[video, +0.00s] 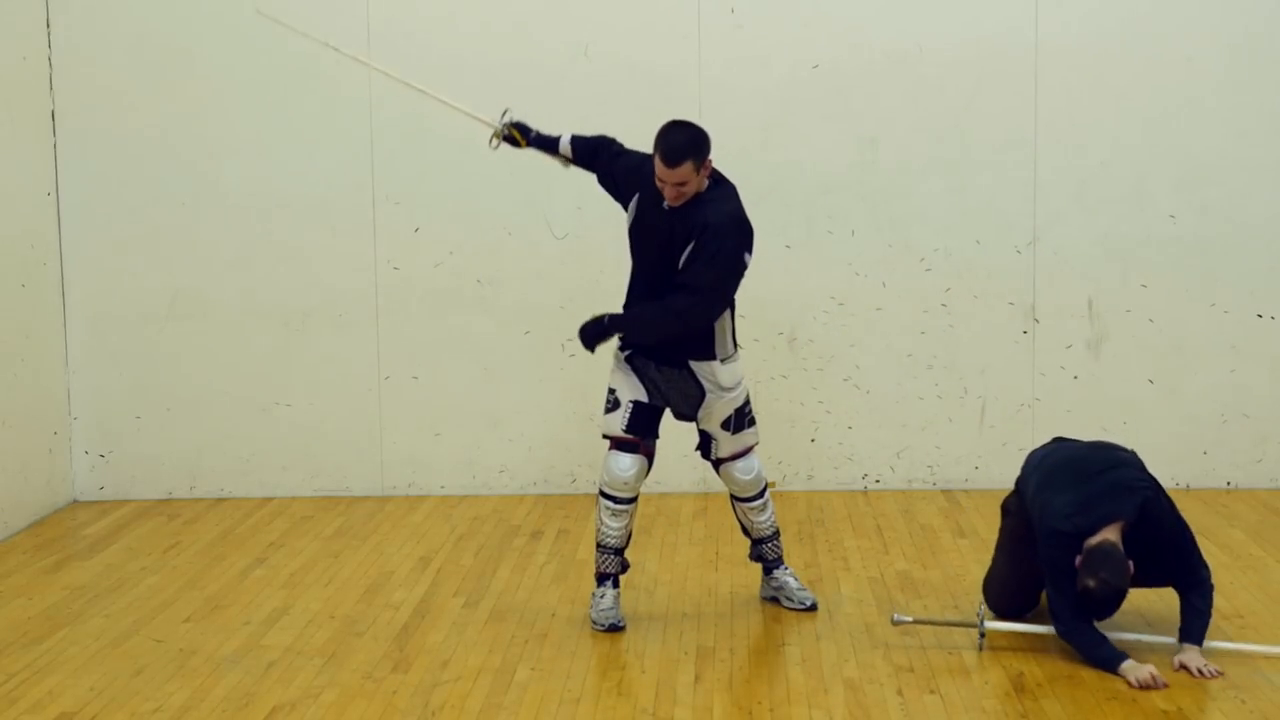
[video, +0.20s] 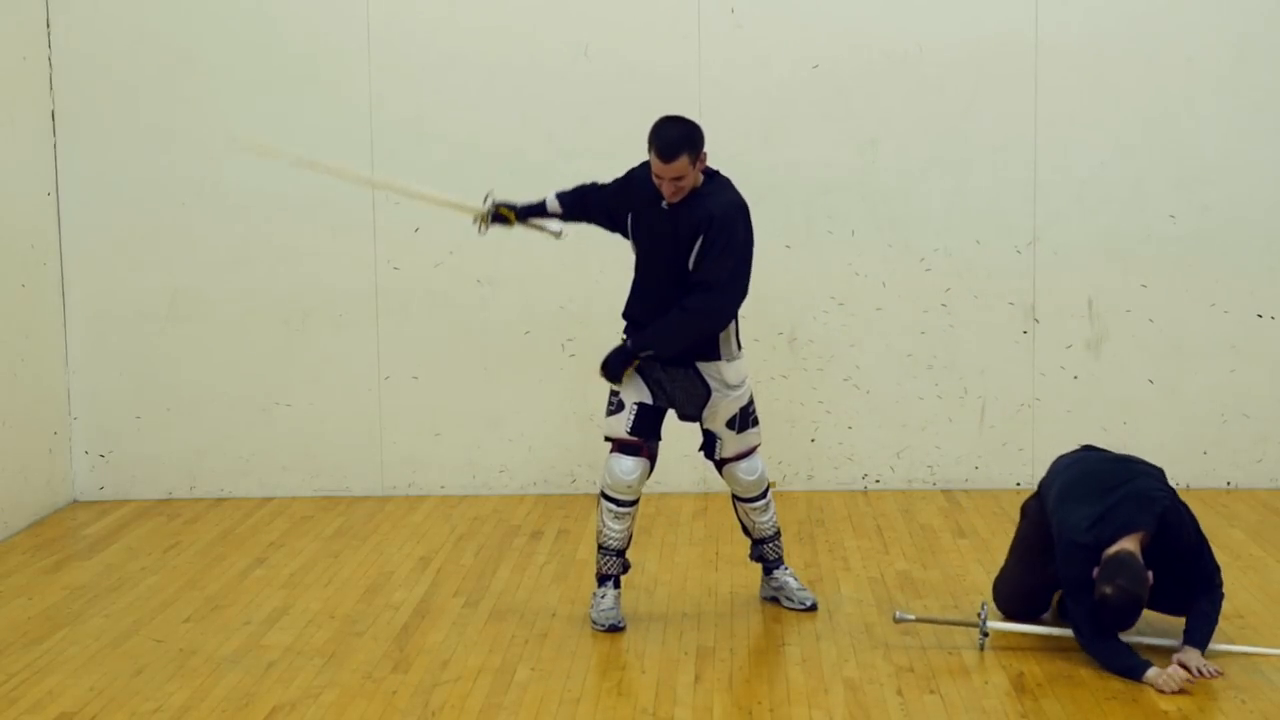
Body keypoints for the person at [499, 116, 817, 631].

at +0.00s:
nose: (669, 192)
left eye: (681, 184)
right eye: (662, 181)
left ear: (705, 169)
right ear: (654, 165)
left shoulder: (727, 222)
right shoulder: (640, 176)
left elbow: (698, 306)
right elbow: (598, 153)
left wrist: (620, 324)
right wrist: (535, 138)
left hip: (710, 359)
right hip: (642, 354)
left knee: (744, 471)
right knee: (622, 470)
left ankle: (775, 571)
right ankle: (607, 586)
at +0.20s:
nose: (667, 188)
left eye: (678, 178)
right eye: (659, 177)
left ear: (701, 162)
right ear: (648, 162)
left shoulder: (726, 210)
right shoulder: (639, 188)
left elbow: (718, 300)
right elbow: (588, 202)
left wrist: (638, 346)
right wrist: (522, 211)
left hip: (712, 352)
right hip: (645, 350)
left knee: (745, 469)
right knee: (625, 470)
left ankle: (775, 572)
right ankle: (608, 586)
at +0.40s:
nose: (658, 195)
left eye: (669, 186)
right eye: (649, 184)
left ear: (689, 169)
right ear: (638, 168)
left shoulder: (717, 209)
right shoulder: (626, 197)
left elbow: (737, 301)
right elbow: (585, 250)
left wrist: (685, 372)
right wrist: (521, 297)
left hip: (713, 357)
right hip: (643, 358)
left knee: (746, 469)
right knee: (618, 472)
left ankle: (775, 572)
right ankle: (623, 588)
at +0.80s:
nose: (574, 176)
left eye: (584, 166)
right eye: (565, 166)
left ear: (608, 149)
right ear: (556, 156)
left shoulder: (648, 184)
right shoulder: (551, 208)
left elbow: (715, 243)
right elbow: (542, 296)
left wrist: (754, 310)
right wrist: (537, 372)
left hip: (664, 357)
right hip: (591, 363)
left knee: (701, 471)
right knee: (604, 480)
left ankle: (736, 568)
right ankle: (620, 588)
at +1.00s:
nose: (547, 165)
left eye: (556, 154)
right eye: (539, 155)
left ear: (584, 139)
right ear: (533, 147)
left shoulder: (630, 177)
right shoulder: (531, 201)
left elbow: (691, 235)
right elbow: (522, 289)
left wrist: (728, 302)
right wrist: (528, 364)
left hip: (634, 351)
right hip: (567, 357)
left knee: (629, 477)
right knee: (590, 481)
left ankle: (645, 596)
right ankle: (617, 588)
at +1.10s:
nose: (536, 166)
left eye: (545, 155)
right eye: (529, 156)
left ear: (574, 140)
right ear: (522, 148)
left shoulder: (621, 180)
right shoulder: (523, 201)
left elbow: (678, 246)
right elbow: (512, 287)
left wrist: (709, 318)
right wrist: (519, 360)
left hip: (619, 353)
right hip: (556, 358)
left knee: (593, 478)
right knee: (586, 477)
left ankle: (583, 603)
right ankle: (617, 586)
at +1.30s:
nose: (515, 171)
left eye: (524, 159)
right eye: (508, 161)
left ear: (554, 146)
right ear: (502, 154)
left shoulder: (597, 194)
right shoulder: (503, 208)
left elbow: (645, 277)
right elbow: (493, 293)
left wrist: (648, 363)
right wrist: (494, 368)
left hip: (583, 362)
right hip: (526, 366)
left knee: (540, 485)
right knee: (576, 482)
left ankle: (508, 620)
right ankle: (619, 588)